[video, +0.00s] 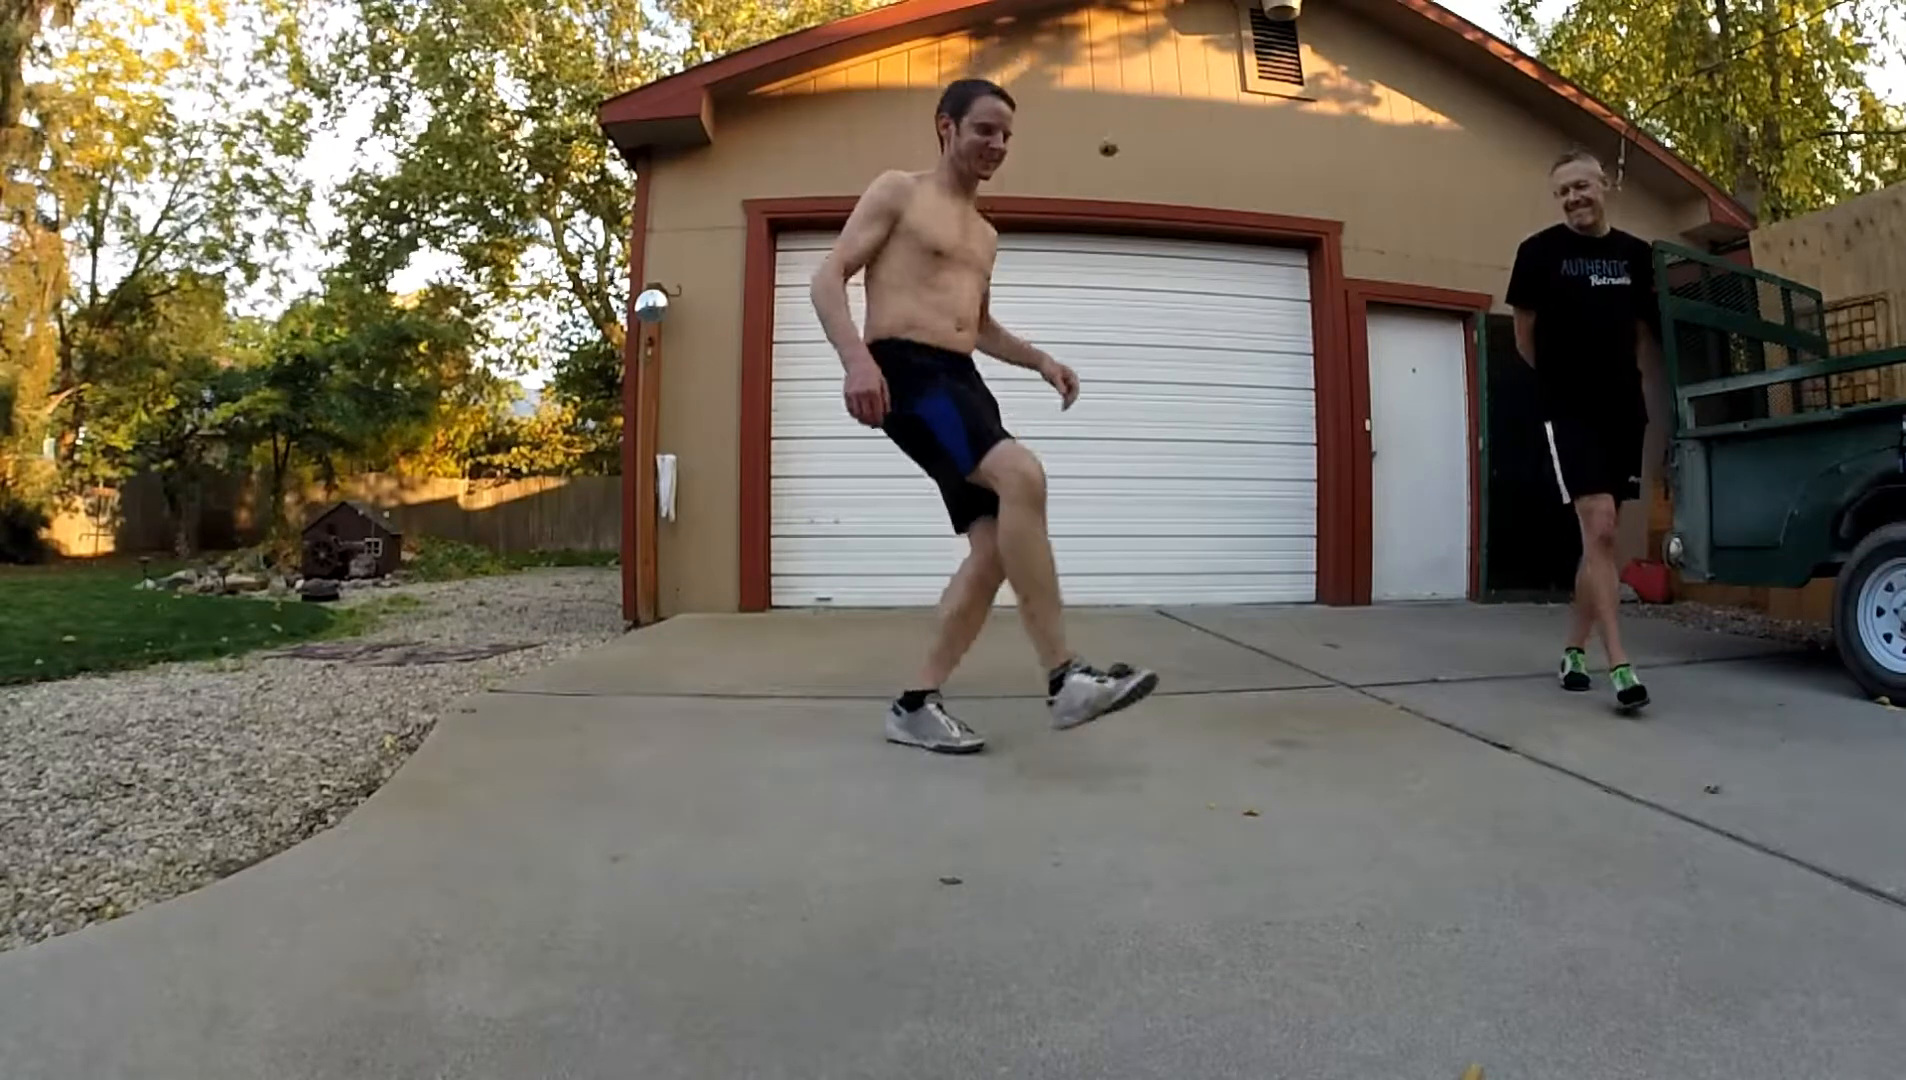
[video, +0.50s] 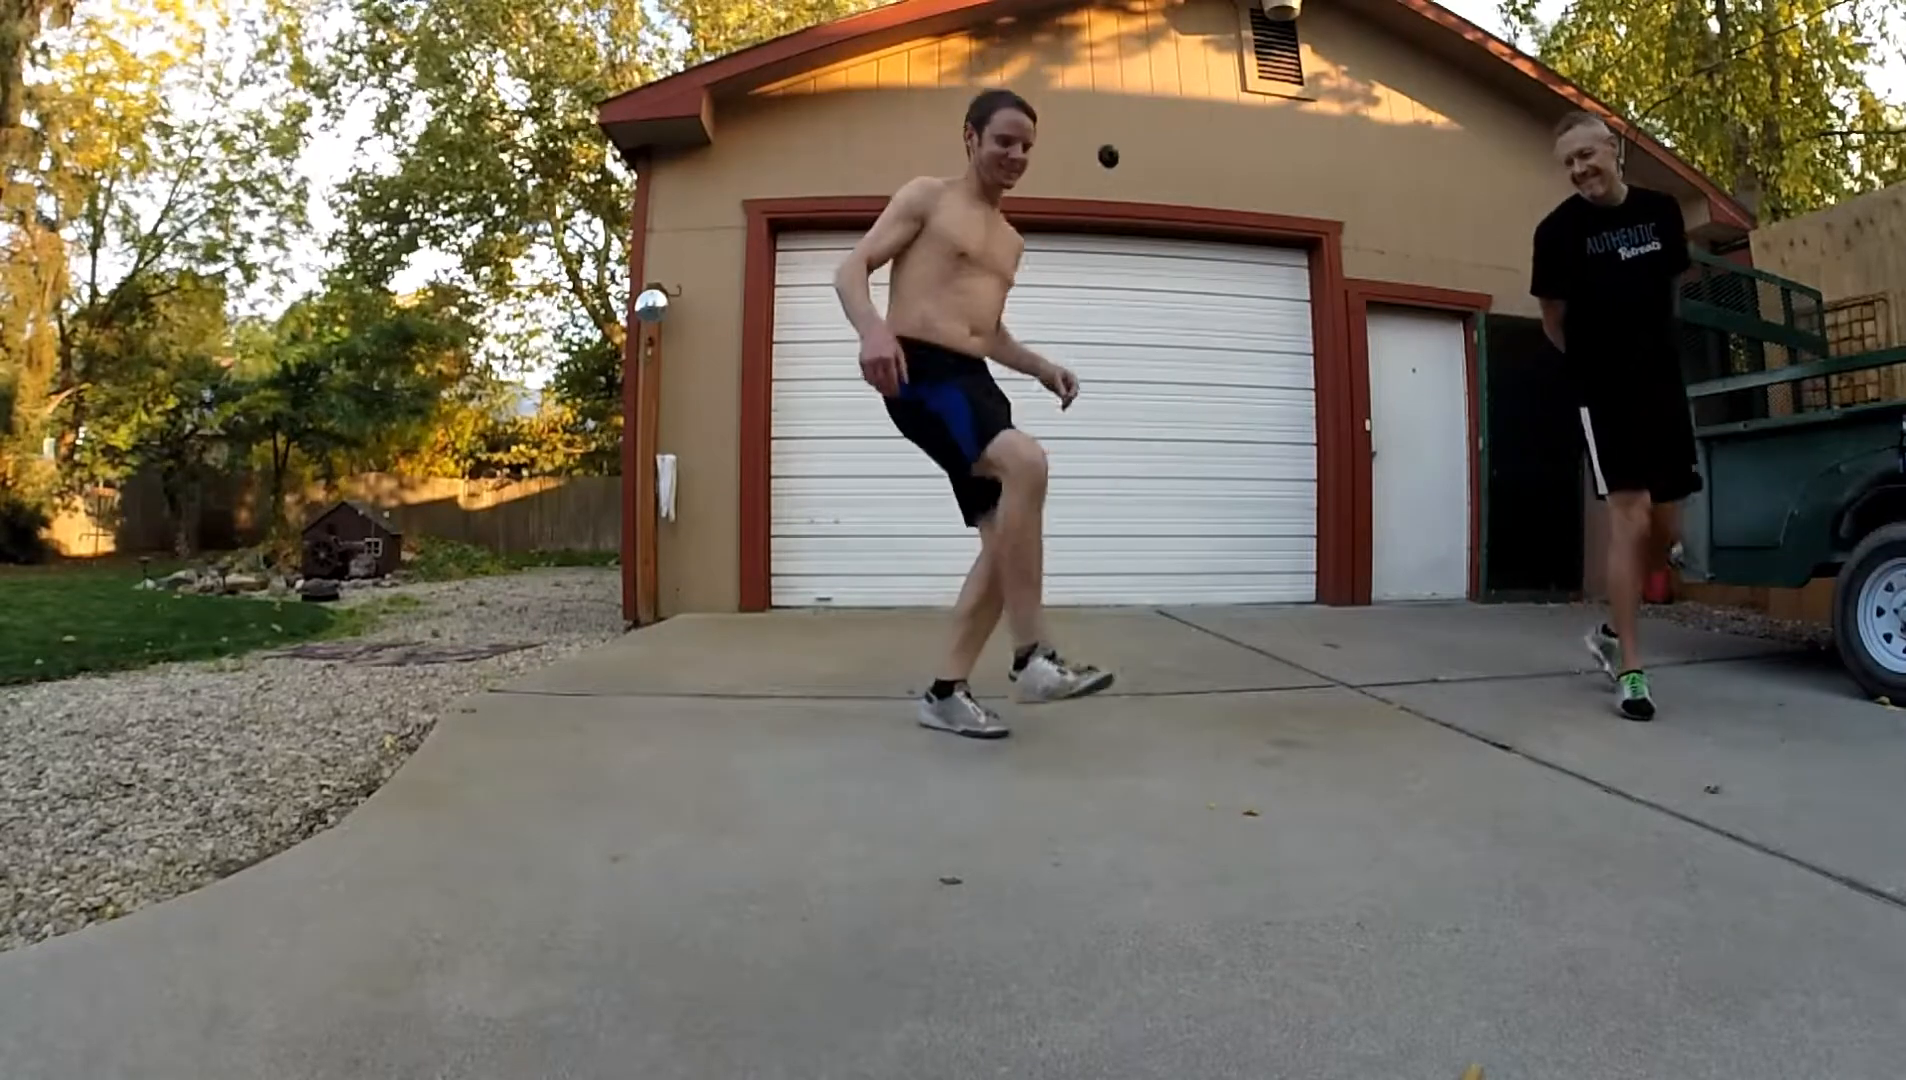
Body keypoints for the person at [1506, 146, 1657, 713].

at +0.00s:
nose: (1575, 197)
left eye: (1584, 186)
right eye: (1565, 190)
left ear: (1605, 189)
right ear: (1556, 199)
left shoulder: (1635, 254)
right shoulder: (1537, 253)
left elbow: (1642, 337)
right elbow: (1524, 341)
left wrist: (1618, 376)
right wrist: (1559, 378)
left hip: (1622, 400)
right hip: (1565, 403)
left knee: (1603, 532)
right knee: (1601, 523)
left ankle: (1574, 652)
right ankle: (1619, 665)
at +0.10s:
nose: (1579, 193)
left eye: (1587, 181)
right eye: (1568, 186)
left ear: (1609, 183)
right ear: (1559, 195)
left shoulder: (1643, 248)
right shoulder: (1542, 250)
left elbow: (1650, 335)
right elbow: (1530, 342)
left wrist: (1645, 386)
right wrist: (1565, 381)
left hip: (1631, 395)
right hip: (1572, 400)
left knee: (1605, 531)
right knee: (1608, 522)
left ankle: (1574, 649)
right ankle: (1628, 669)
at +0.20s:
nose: (1578, 188)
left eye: (1586, 175)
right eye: (1567, 182)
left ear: (1613, 175)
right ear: (1560, 191)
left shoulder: (1650, 236)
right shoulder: (1548, 247)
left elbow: (1653, 318)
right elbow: (1536, 335)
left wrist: (1622, 362)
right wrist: (1573, 373)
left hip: (1638, 391)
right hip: (1581, 396)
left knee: (1607, 529)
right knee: (1618, 522)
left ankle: (1576, 651)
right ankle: (1630, 670)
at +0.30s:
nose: (1579, 182)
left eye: (1587, 169)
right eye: (1568, 175)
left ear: (1615, 167)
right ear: (1560, 185)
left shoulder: (1654, 225)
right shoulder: (1551, 242)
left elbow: (1662, 303)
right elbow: (1543, 331)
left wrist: (1626, 351)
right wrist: (1579, 369)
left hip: (1645, 384)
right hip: (1588, 389)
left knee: (1613, 522)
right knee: (1625, 519)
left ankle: (1586, 645)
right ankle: (1630, 669)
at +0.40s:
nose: (1579, 174)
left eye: (1587, 161)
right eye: (1568, 168)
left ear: (1614, 158)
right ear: (1560, 177)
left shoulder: (1657, 216)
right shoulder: (1554, 236)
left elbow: (1669, 294)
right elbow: (1549, 327)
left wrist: (1635, 346)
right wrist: (1584, 367)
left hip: (1653, 379)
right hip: (1594, 386)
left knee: (1643, 520)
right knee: (1627, 513)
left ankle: (1597, 635)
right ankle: (1629, 668)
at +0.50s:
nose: (1582, 167)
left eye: (1589, 153)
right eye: (1570, 160)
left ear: (1616, 149)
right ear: (1563, 170)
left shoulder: (1662, 210)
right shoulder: (1557, 231)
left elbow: (1675, 284)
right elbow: (1553, 323)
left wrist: (1640, 335)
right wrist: (1591, 360)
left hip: (1660, 376)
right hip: (1602, 384)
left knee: (1665, 530)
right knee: (1630, 518)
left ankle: (1610, 631)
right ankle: (1630, 667)